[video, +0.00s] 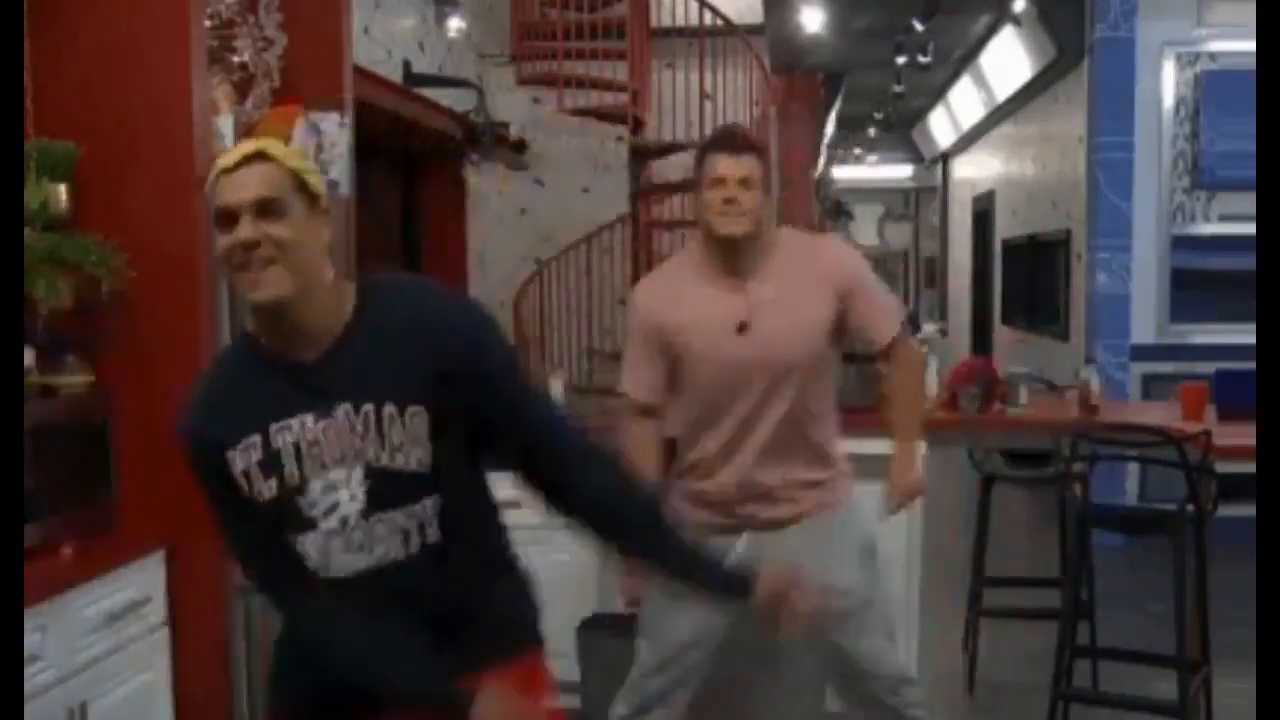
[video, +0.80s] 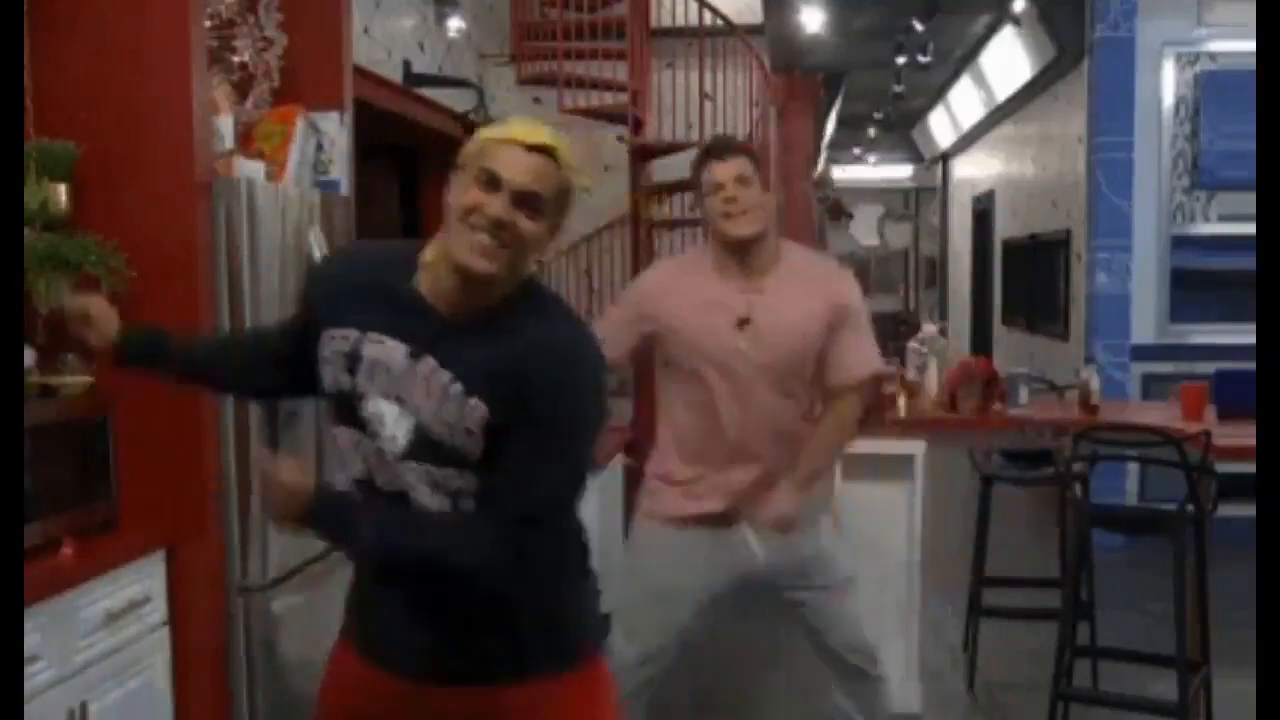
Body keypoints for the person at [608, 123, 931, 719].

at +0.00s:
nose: (731, 196)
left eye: (746, 184)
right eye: (717, 184)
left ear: (767, 195)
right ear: (697, 198)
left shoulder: (828, 263)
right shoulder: (657, 295)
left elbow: (901, 348)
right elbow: (641, 417)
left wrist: (906, 455)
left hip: (817, 512)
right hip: (701, 518)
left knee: (880, 679)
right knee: (655, 689)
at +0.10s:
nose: (789, 207)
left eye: (804, 194)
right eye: (775, 193)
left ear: (825, 210)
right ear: (753, 206)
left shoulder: (874, 280)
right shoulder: (721, 301)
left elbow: (973, 314)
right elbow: (711, 433)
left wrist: (993, 321)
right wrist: (775, 458)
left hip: (865, 532)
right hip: (757, 530)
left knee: (917, 699)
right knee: (700, 683)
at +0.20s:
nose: (811, 206)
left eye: (826, 195)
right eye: (796, 193)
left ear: (844, 216)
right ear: (771, 209)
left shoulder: (885, 281)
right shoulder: (734, 301)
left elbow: (986, 331)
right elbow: (742, 442)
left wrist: (1003, 280)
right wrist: (806, 412)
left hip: (888, 542)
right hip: (776, 538)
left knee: (921, 702)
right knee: (731, 692)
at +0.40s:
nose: (849, 219)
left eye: (863, 209)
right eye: (835, 206)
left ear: (876, 225)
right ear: (805, 219)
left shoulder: (908, 291)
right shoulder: (753, 300)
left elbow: (1003, 339)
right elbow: (741, 424)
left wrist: (1016, 306)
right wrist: (847, 404)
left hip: (907, 513)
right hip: (804, 522)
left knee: (955, 677)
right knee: (805, 688)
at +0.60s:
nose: (803, 213)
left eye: (816, 199)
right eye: (788, 205)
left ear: (842, 210)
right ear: (771, 222)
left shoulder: (894, 297)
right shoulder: (736, 309)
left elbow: (931, 411)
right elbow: (719, 442)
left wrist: (1009, 490)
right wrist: (781, 526)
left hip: (877, 542)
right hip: (758, 536)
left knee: (933, 701)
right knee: (706, 684)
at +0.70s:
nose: (780, 191)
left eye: (793, 177)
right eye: (765, 182)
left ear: (820, 187)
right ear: (749, 200)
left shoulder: (875, 278)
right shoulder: (712, 289)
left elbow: (905, 391)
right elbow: (675, 406)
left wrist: (925, 501)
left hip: (861, 528)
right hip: (740, 526)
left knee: (923, 694)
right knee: (656, 672)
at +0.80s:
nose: (732, 197)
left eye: (744, 184)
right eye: (717, 189)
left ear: (770, 194)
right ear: (701, 206)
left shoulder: (828, 283)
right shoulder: (662, 285)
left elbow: (850, 396)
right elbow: (583, 368)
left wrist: (795, 487)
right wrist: (585, 441)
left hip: (791, 516)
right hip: (679, 519)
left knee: (858, 665)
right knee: (632, 670)